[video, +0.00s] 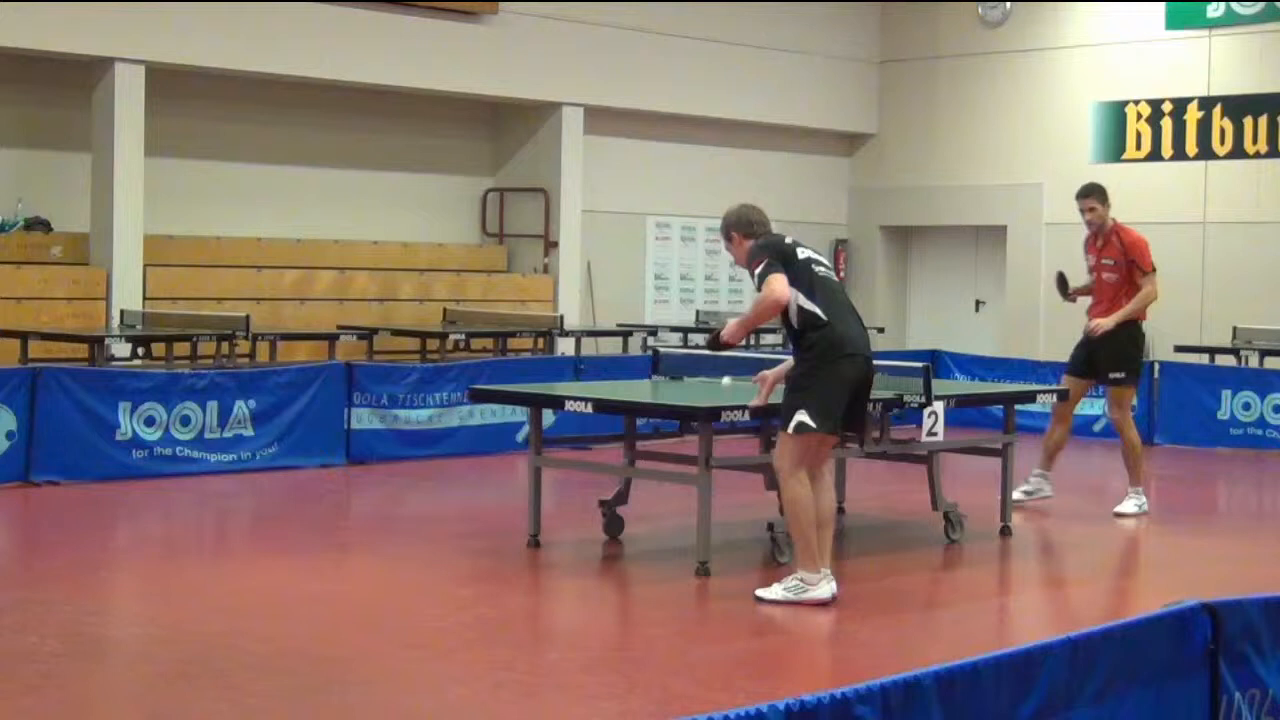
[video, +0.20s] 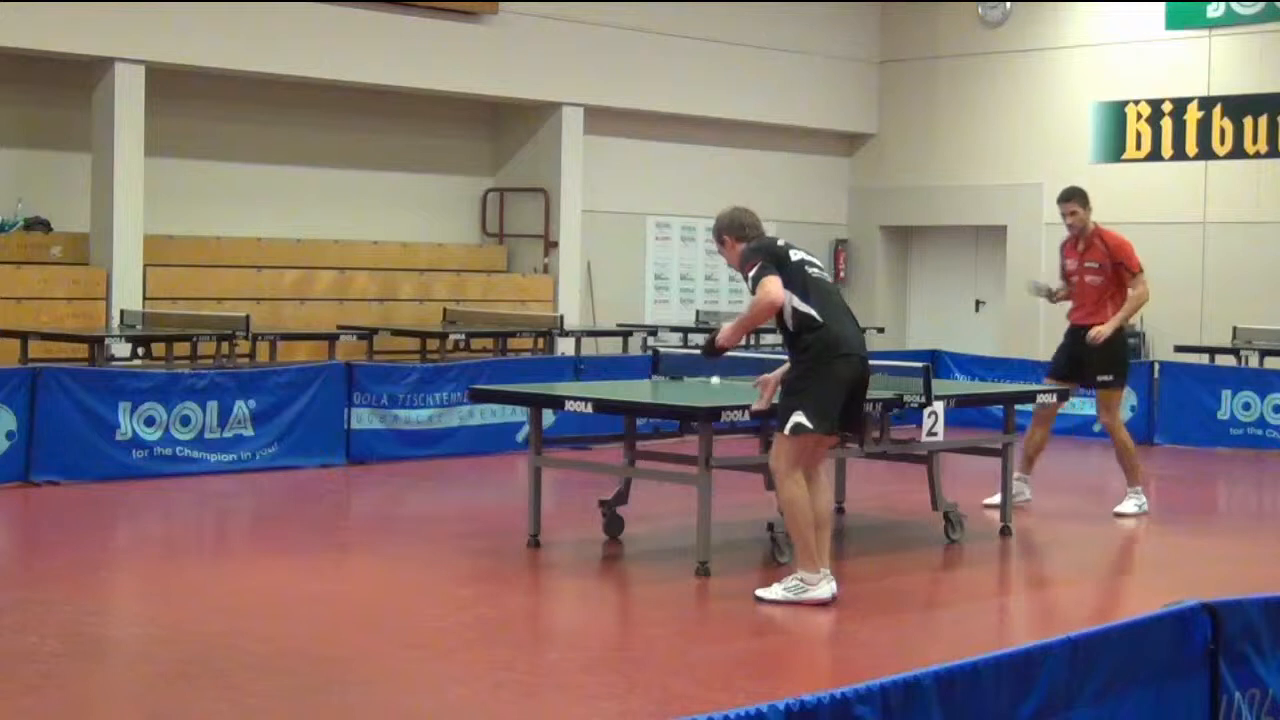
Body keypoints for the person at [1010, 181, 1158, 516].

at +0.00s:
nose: (1088, 217)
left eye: (1092, 210)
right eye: (1083, 212)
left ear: (1108, 207)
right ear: (1080, 213)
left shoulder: (1131, 241)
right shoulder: (1091, 241)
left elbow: (1151, 291)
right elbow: (1101, 281)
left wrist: (1112, 319)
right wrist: (1076, 292)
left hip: (1124, 333)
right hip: (1094, 330)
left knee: (1120, 414)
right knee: (1064, 404)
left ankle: (1137, 494)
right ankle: (1041, 479)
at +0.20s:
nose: (1069, 221)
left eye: (1073, 214)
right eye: (1064, 216)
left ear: (1089, 210)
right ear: (1062, 217)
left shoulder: (1114, 244)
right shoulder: (1068, 246)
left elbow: (1141, 291)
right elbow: (1071, 288)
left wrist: (1112, 325)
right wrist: (1055, 295)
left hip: (1109, 336)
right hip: (1077, 335)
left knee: (1110, 418)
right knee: (1045, 407)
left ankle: (1137, 494)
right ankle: (1021, 483)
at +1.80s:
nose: (1013, 343)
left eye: (1018, 336)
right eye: (1009, 337)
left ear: (1035, 333)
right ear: (1007, 337)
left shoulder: (1066, 349)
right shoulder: (1019, 356)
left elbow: (1105, 390)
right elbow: (1022, 392)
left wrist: (1061, 402)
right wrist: (1003, 381)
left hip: (1117, 393)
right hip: (1078, 398)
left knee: (1094, 435)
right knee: (1018, 422)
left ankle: (1144, 505)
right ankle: (1011, 489)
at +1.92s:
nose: (1013, 344)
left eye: (1018, 337)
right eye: (1008, 338)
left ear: (1035, 334)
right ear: (1006, 338)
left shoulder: (1065, 349)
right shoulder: (1017, 356)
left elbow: (1105, 390)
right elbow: (1020, 394)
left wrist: (1061, 404)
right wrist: (998, 380)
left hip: (1117, 393)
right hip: (1078, 398)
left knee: (1094, 435)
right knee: (1017, 422)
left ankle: (1144, 505)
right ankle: (1011, 490)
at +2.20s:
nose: (1012, 341)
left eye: (1017, 334)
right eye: (1008, 336)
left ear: (1034, 332)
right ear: (1006, 336)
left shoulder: (1065, 348)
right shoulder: (1017, 355)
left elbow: (1106, 389)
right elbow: (1019, 393)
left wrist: (1060, 406)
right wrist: (999, 381)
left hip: (1116, 393)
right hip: (1078, 397)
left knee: (1095, 435)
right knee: (1016, 422)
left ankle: (1144, 505)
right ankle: (1011, 489)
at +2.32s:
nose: (1012, 339)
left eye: (1017, 332)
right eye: (1008, 334)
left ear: (1034, 330)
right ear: (1005, 335)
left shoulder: (1064, 346)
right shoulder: (1017, 354)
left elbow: (1106, 387)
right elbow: (1018, 392)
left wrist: (1060, 406)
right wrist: (999, 380)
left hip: (1116, 392)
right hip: (1079, 397)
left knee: (1095, 435)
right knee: (1017, 420)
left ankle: (1144, 505)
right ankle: (1011, 489)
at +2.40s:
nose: (1012, 337)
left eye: (1017, 330)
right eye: (1007, 332)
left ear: (1034, 329)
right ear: (1005, 333)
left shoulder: (1064, 345)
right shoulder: (1017, 352)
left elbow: (1106, 385)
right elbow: (1017, 392)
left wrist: (1061, 403)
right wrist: (998, 379)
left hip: (1116, 392)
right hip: (1079, 397)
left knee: (1095, 435)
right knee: (1016, 420)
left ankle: (1144, 505)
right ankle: (1011, 489)